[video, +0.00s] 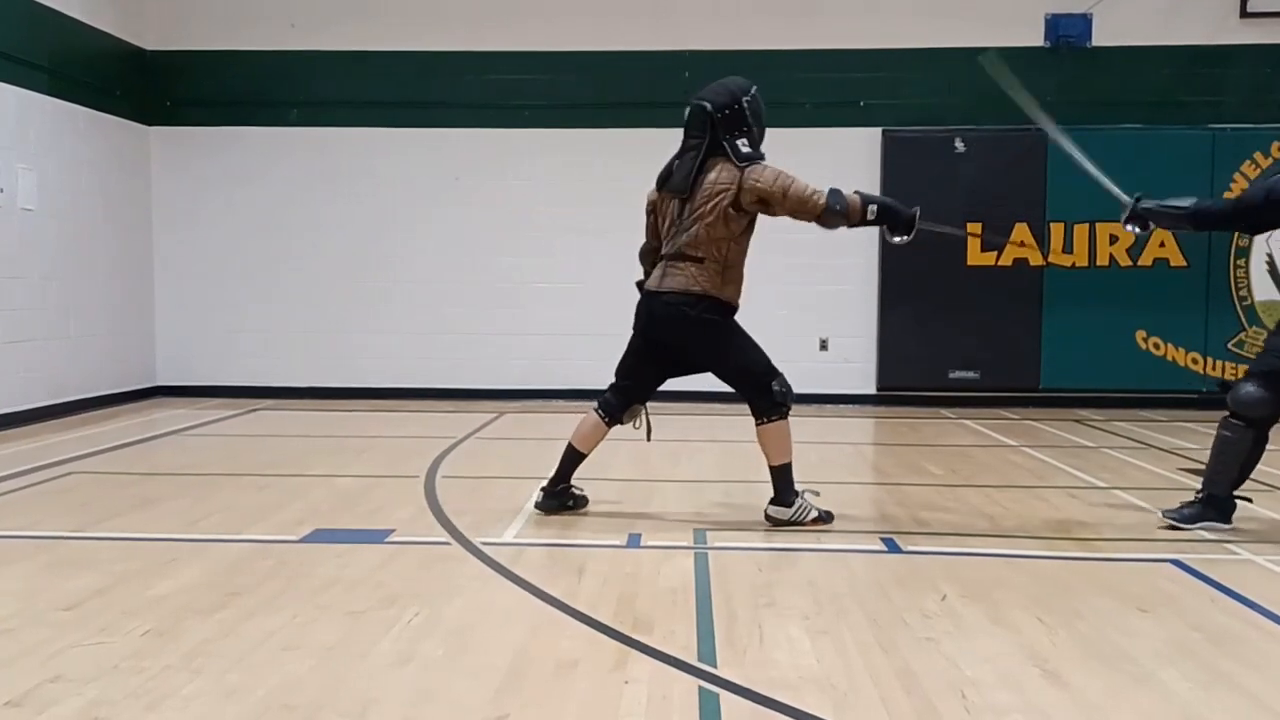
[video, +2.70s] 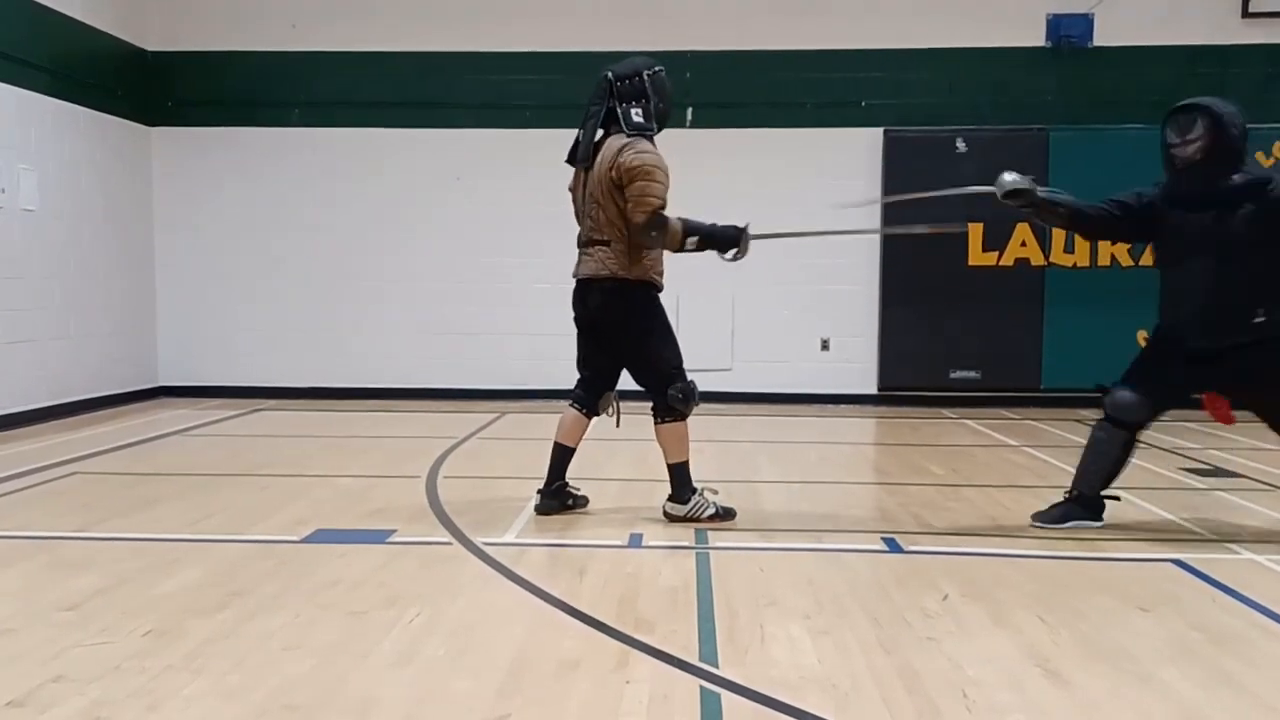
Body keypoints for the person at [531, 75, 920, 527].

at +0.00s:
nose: (758, 130)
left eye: (756, 120)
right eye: (753, 122)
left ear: (703, 124)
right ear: (738, 125)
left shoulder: (673, 172)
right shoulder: (743, 173)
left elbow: (651, 249)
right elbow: (818, 203)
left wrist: (660, 300)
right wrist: (879, 209)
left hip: (656, 311)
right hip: (703, 316)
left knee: (618, 398)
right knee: (770, 392)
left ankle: (556, 486)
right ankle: (785, 499)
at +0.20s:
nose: (734, 125)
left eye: (732, 116)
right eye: (729, 116)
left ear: (680, 121)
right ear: (715, 121)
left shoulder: (651, 178)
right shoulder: (720, 176)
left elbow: (637, 258)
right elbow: (766, 245)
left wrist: (652, 306)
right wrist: (822, 244)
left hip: (650, 317)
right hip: (697, 317)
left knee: (624, 403)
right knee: (765, 397)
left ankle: (557, 487)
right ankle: (785, 501)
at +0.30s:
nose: (713, 122)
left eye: (710, 112)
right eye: (708, 113)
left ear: (661, 115)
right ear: (694, 117)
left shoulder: (634, 171)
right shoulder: (694, 171)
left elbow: (624, 254)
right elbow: (725, 246)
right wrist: (789, 254)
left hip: (636, 312)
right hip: (679, 313)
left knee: (615, 403)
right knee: (739, 402)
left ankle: (555, 488)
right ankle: (781, 500)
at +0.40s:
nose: (694, 116)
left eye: (691, 107)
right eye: (689, 108)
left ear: (643, 115)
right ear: (676, 115)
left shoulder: (622, 167)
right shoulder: (671, 170)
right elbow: (687, 244)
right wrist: (751, 258)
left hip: (621, 307)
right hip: (657, 309)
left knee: (607, 402)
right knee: (722, 395)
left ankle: (554, 488)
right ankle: (758, 494)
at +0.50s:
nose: (685, 112)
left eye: (682, 103)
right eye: (678, 104)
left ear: (632, 111)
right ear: (664, 110)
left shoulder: (620, 162)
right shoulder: (655, 167)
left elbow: (635, 243)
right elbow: (663, 243)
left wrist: (721, 257)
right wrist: (731, 256)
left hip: (615, 304)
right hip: (648, 305)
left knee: (609, 397)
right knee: (717, 383)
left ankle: (554, 486)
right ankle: (698, 492)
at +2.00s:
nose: (655, 105)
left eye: (651, 96)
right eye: (650, 97)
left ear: (604, 104)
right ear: (638, 101)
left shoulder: (588, 153)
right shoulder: (639, 152)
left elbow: (584, 219)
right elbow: (699, 201)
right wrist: (775, 212)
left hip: (595, 293)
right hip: (634, 294)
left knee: (594, 389)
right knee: (674, 390)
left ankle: (553, 487)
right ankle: (683, 495)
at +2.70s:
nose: (664, 103)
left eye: (661, 94)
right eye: (659, 95)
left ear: (613, 101)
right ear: (646, 100)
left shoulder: (592, 151)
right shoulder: (641, 155)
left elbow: (596, 224)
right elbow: (649, 229)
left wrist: (689, 233)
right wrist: (707, 236)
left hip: (590, 292)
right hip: (628, 294)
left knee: (592, 386)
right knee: (671, 392)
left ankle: (553, 487)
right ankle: (683, 495)